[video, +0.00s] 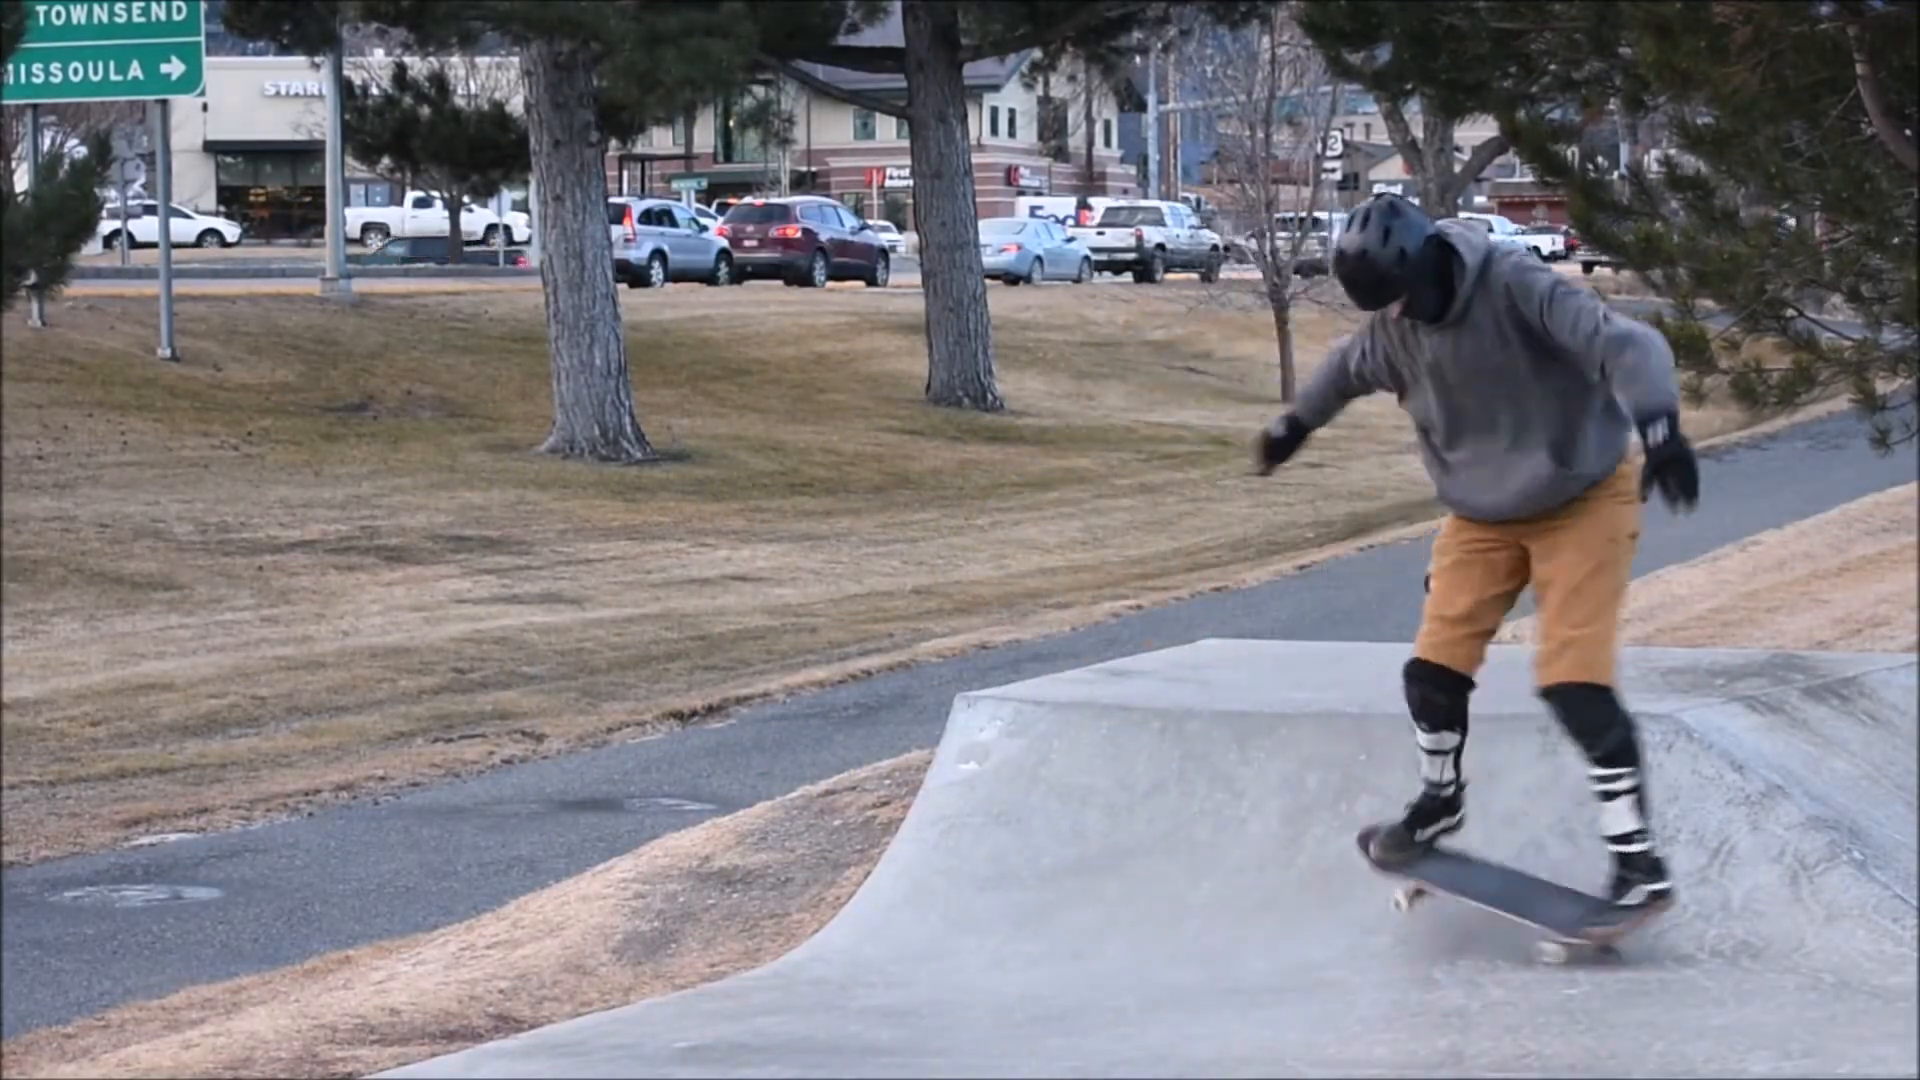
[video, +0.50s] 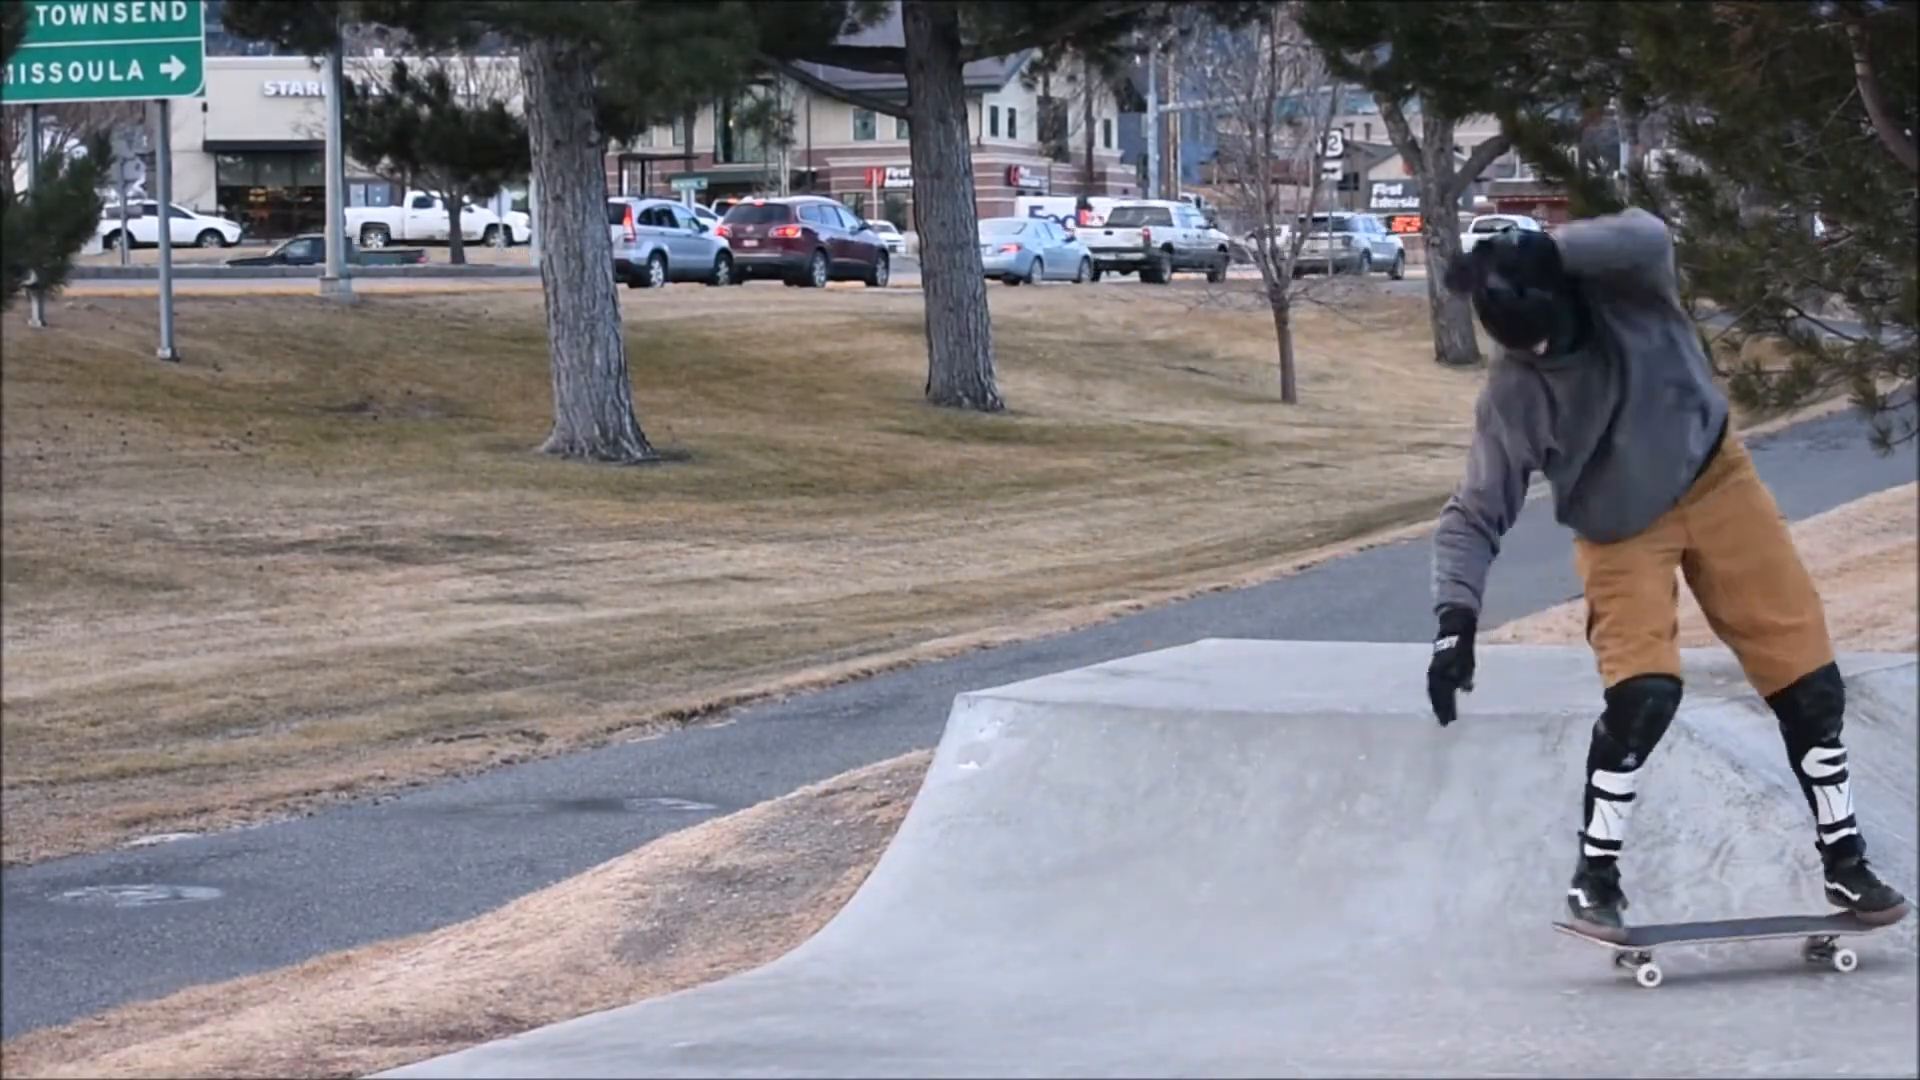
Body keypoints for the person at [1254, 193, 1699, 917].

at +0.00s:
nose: (1395, 317)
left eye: (1400, 301)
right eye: (1383, 308)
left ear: (1427, 264)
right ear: (1372, 288)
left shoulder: (1513, 284)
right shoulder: (1396, 329)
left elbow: (1625, 340)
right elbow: (1345, 370)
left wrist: (1660, 428)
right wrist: (1293, 424)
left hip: (1584, 494)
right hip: (1479, 512)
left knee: (1574, 683)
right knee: (1433, 678)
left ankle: (1635, 854)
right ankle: (1439, 801)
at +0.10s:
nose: (1414, 336)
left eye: (1419, 320)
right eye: (1401, 328)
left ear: (1447, 282)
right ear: (1389, 314)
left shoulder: (1517, 278)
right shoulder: (1414, 355)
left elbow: (1590, 272)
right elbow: (1403, 415)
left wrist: (1609, 287)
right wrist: (1387, 468)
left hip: (1625, 497)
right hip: (1516, 518)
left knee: (1686, 697)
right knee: (1501, 695)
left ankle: (1723, 866)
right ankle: (1453, 867)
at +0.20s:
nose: (1451, 362)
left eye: (1455, 345)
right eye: (1436, 355)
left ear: (1481, 303)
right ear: (1421, 343)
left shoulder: (1562, 299)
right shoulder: (1438, 398)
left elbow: (1609, 232)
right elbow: (1447, 510)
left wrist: (1525, 208)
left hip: (1651, 516)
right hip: (1551, 557)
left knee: (1760, 695)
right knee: (1584, 719)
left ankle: (1785, 872)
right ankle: (1530, 897)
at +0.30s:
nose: (1487, 386)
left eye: (1493, 368)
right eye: (1471, 378)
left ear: (1515, 324)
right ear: (1453, 365)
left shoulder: (1584, 299)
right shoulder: (1469, 420)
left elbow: (1630, 215)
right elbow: (1466, 546)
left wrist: (1537, 190)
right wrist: (1470, 656)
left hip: (1673, 513)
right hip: (1575, 557)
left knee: (1781, 699)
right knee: (1601, 727)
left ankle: (1829, 863)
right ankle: (1565, 889)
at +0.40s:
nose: (1523, 376)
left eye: (1528, 358)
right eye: (1505, 372)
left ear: (1540, 306)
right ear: (1477, 359)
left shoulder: (1598, 292)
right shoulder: (1491, 409)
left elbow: (1642, 226)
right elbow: (1472, 519)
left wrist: (1525, 205)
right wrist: (1470, 600)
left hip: (1696, 503)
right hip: (1595, 554)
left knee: (1805, 692)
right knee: (1618, 724)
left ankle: (1853, 862)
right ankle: (1581, 891)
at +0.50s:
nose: (1551, 350)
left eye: (1554, 332)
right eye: (1532, 345)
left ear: (1566, 295)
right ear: (1507, 341)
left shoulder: (1630, 292)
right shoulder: (1511, 398)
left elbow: (1648, 239)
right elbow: (1473, 518)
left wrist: (1546, 251)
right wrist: (1454, 623)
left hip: (1719, 484)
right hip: (1620, 532)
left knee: (1811, 687)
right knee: (1644, 696)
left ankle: (1845, 862)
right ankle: (1596, 874)